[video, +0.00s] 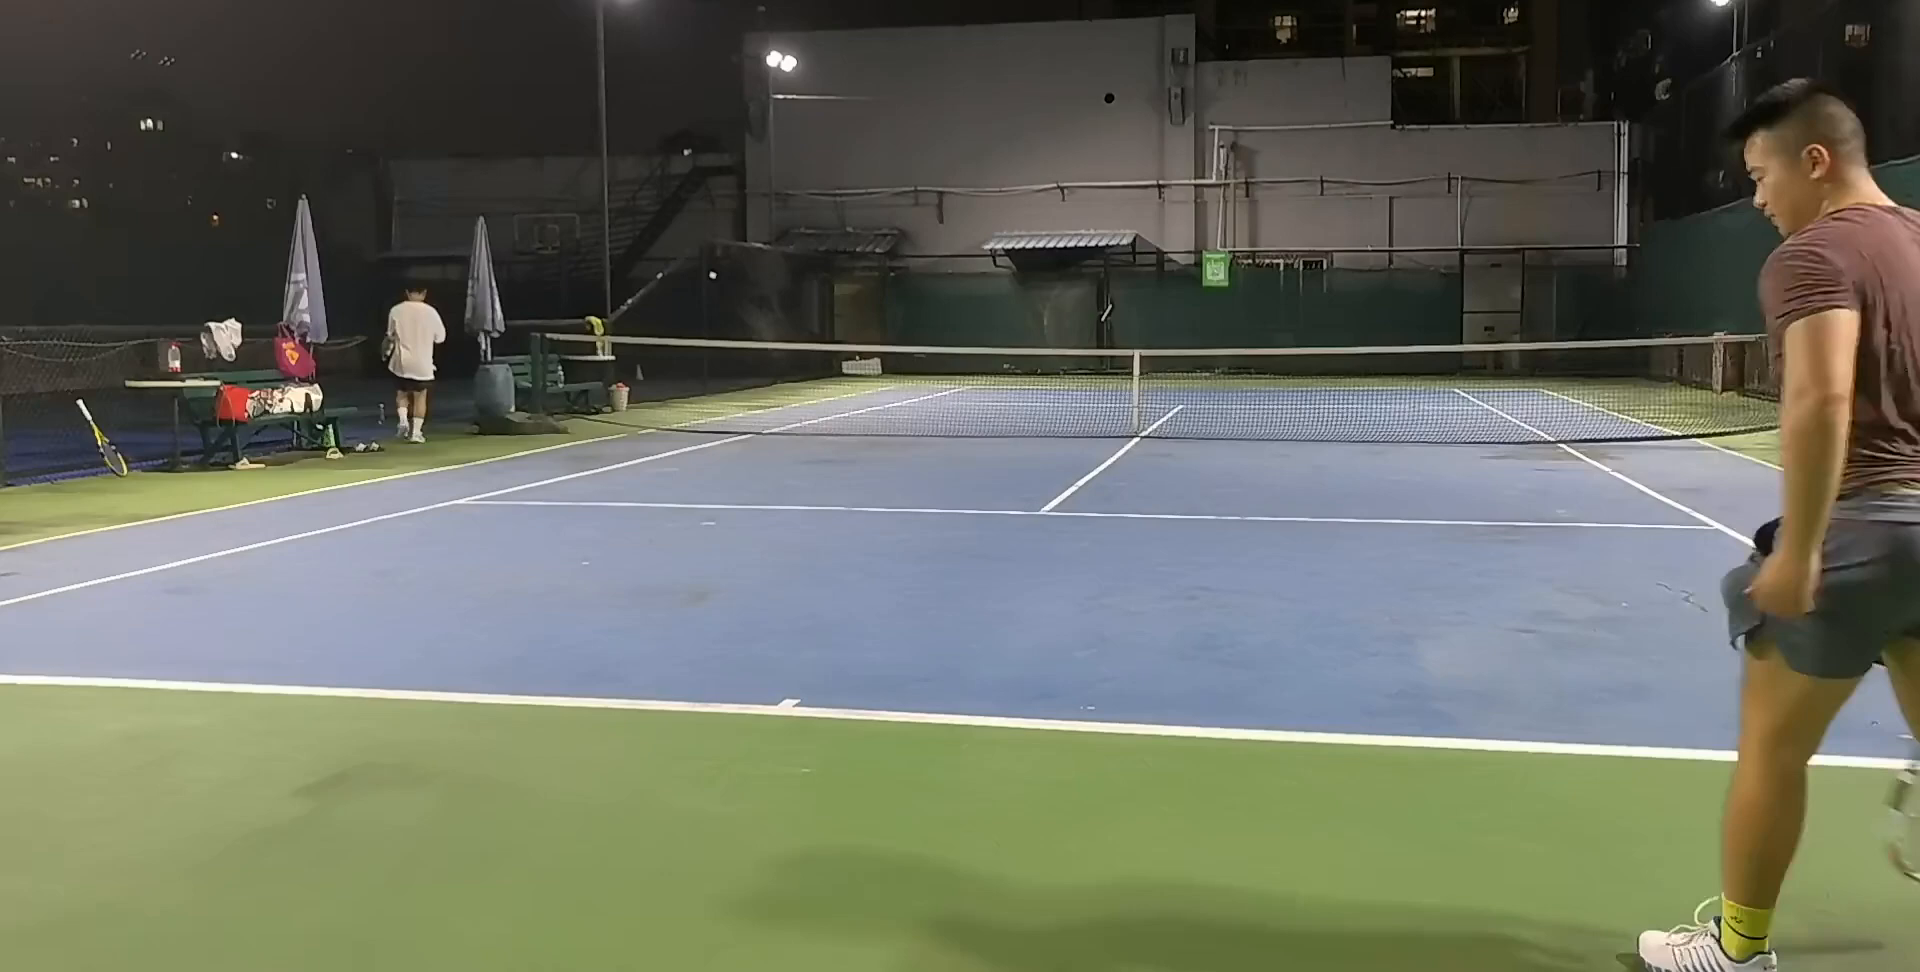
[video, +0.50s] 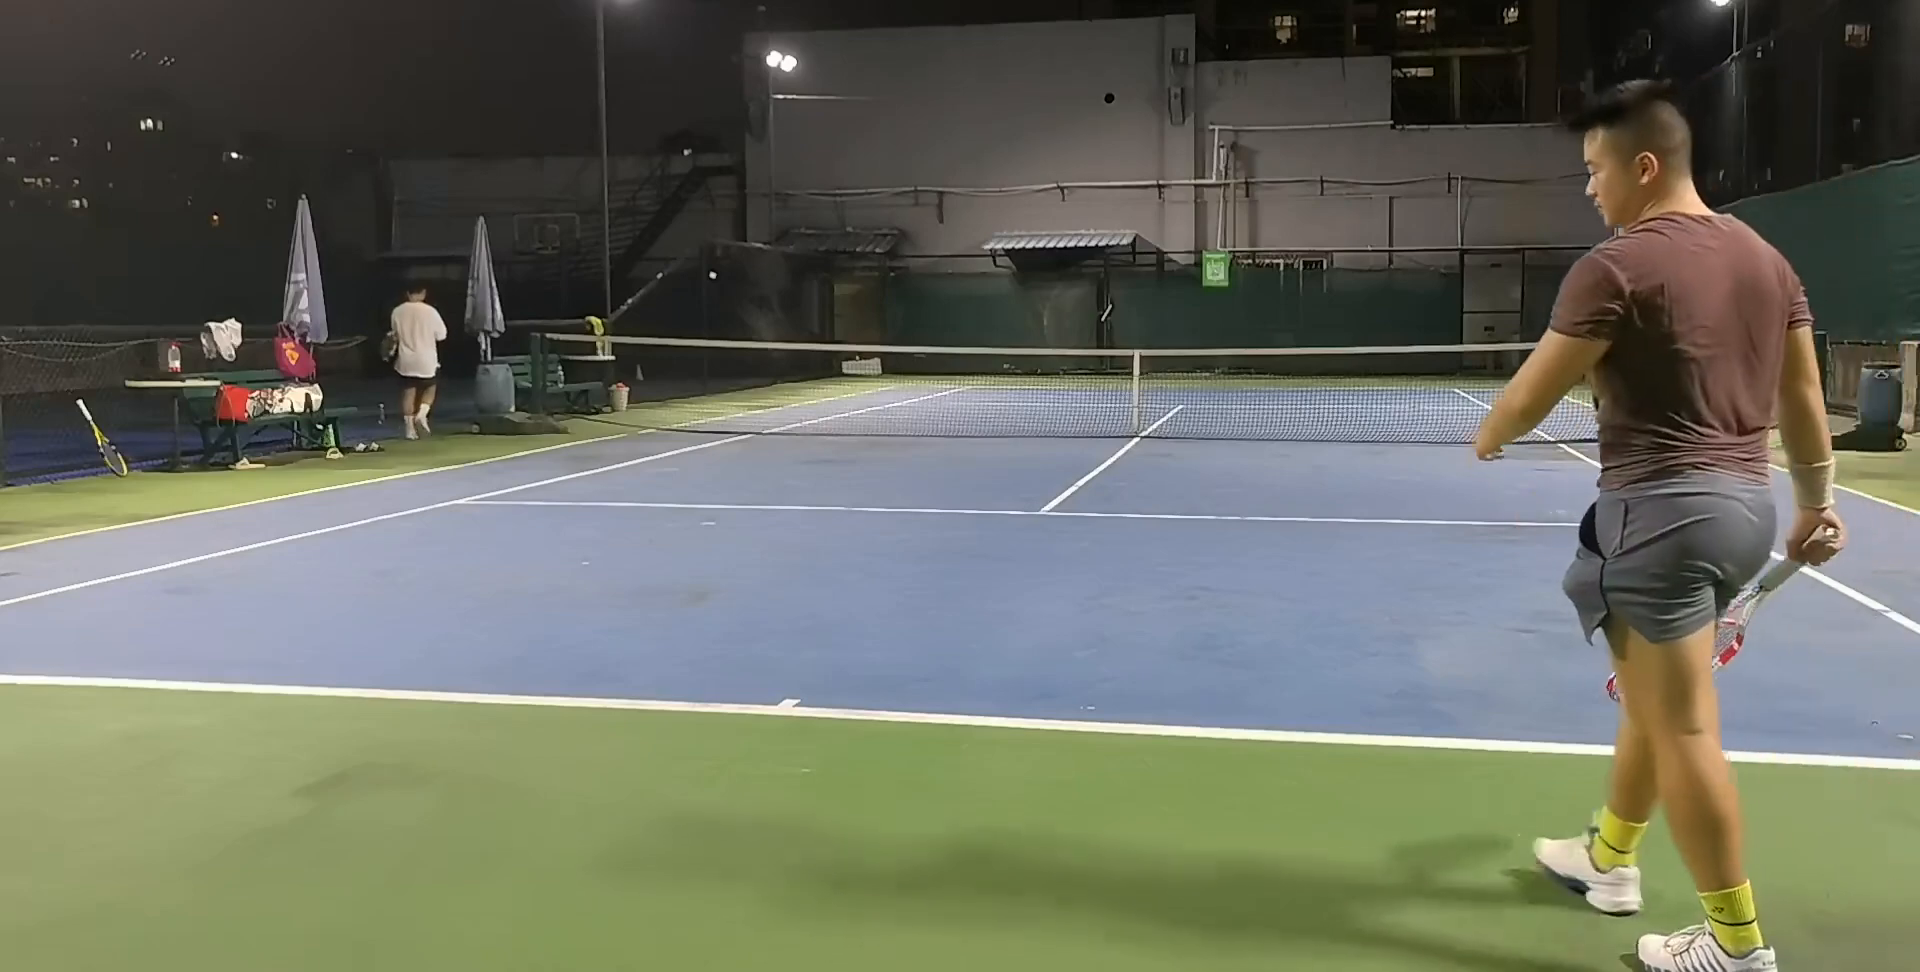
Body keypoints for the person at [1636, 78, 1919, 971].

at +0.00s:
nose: (1757, 201)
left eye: (1762, 179)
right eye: (1753, 183)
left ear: (1820, 162)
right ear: (1833, 162)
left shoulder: (1813, 255)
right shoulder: (1911, 234)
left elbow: (1823, 400)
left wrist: (1796, 551)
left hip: (1858, 530)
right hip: (1917, 521)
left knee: (1773, 747)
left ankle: (1738, 943)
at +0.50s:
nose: (1589, 190)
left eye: (1594, 172)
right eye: (1587, 174)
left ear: (1645, 165)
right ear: (1676, 164)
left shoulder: (1615, 267)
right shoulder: (1767, 261)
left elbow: (1532, 393)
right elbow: (1804, 406)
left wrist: (1488, 436)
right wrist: (1816, 503)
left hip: (1657, 507)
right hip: (1752, 502)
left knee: (1684, 729)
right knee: (1645, 683)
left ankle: (1738, 941)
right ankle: (1609, 860)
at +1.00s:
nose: (1457, 176)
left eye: (1460, 163)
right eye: (1461, 162)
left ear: (1477, 169)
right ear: (1537, 169)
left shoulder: (1487, 246)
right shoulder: (1577, 258)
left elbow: (1480, 356)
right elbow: (1590, 384)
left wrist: (1451, 465)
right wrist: (1544, 450)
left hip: (1504, 478)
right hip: (1579, 477)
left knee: (1412, 644)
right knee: (1561, 667)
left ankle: (1448, 844)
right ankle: (1581, 854)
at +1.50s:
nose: (1268, 182)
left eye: (1270, 170)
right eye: (1272, 168)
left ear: (1286, 176)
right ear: (1343, 175)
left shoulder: (1294, 262)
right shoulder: (1394, 257)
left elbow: (1299, 373)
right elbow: (1417, 367)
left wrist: (1271, 467)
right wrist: (1415, 446)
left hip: (1321, 467)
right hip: (1388, 465)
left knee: (1297, 645)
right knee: (1348, 626)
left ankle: (1310, 821)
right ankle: (1437, 761)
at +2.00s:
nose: (1147, 195)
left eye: (1151, 187)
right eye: (1152, 185)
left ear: (1161, 192)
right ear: (1220, 196)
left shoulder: (1161, 263)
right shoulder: (1253, 277)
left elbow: (1160, 375)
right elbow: (1279, 391)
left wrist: (1147, 475)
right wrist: (1296, 477)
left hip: (1185, 466)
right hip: (1239, 464)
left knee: (1200, 647)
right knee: (1152, 605)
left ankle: (1288, 801)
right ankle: (1141, 772)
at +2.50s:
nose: (1044, 204)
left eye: (1044, 195)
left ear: (1049, 197)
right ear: (1113, 198)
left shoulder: (1056, 269)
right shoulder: (1136, 273)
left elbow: (1068, 370)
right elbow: (1129, 379)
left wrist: (1040, 459)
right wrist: (1051, 434)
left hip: (1076, 461)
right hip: (1134, 455)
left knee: (1016, 615)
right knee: (1126, 615)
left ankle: (970, 757)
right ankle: (1140, 774)